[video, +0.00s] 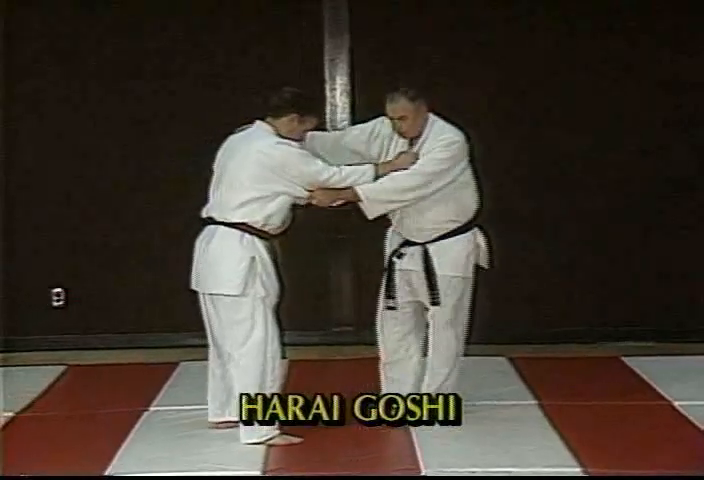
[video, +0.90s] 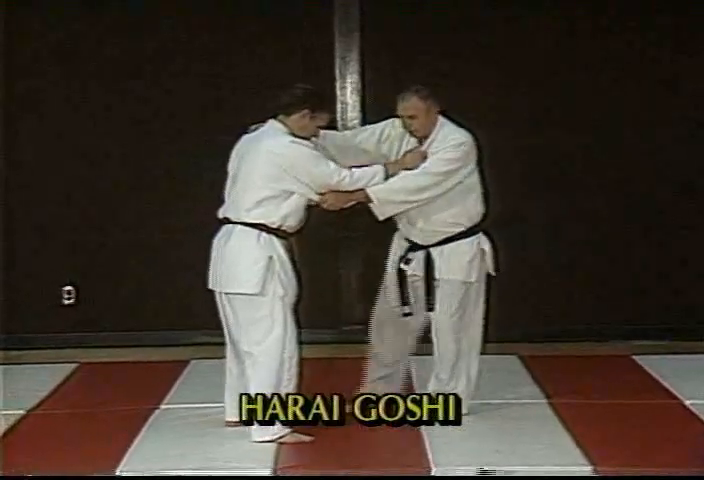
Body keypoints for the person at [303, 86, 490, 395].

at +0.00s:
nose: (397, 128)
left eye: (403, 120)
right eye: (393, 121)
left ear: (423, 112)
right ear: (388, 117)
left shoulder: (449, 142)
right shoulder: (384, 132)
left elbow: (413, 183)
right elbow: (338, 142)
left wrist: (349, 194)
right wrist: (289, 140)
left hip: (449, 244)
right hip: (402, 242)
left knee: (444, 330)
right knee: (396, 328)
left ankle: (436, 411)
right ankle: (396, 408)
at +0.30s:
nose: (400, 131)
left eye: (406, 124)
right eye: (395, 124)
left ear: (426, 116)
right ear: (391, 120)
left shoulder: (451, 146)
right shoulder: (386, 133)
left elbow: (412, 189)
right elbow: (341, 141)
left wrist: (346, 202)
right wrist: (291, 138)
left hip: (457, 243)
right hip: (419, 243)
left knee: (452, 325)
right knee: (429, 323)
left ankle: (447, 398)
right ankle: (436, 390)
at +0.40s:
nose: (401, 132)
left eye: (407, 124)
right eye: (396, 124)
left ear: (427, 116)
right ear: (392, 120)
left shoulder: (451, 146)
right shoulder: (388, 132)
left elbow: (412, 190)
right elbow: (343, 140)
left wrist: (344, 202)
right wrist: (294, 136)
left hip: (456, 242)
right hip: (422, 239)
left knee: (450, 322)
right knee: (437, 303)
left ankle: (441, 396)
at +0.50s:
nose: (402, 132)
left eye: (408, 125)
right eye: (397, 125)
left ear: (428, 117)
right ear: (392, 121)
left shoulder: (451, 146)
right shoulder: (390, 132)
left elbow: (413, 189)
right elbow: (345, 140)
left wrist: (345, 203)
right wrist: (294, 135)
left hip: (458, 242)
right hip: (422, 239)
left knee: (449, 321)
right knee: (440, 300)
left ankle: (443, 394)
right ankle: (485, 329)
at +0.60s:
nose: (403, 132)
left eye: (409, 125)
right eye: (399, 125)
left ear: (429, 117)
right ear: (394, 121)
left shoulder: (453, 146)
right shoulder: (391, 134)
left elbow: (414, 189)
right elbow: (344, 141)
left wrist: (347, 202)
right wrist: (296, 136)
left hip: (459, 243)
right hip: (424, 241)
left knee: (450, 322)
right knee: (441, 312)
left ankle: (445, 395)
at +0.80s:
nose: (407, 129)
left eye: (413, 121)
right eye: (402, 122)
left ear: (433, 114)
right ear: (398, 118)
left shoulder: (456, 144)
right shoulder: (394, 132)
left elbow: (419, 184)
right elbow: (348, 142)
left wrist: (353, 198)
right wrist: (300, 136)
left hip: (457, 246)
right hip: (414, 242)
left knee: (451, 324)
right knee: (409, 320)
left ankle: (449, 396)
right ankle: (408, 387)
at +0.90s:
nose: (408, 126)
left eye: (414, 118)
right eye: (403, 119)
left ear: (434, 112)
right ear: (398, 116)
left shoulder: (457, 144)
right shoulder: (394, 132)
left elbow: (420, 183)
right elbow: (348, 142)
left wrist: (355, 195)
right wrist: (299, 136)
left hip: (456, 248)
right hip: (408, 244)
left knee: (451, 330)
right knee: (389, 323)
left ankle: (447, 403)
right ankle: (381, 395)